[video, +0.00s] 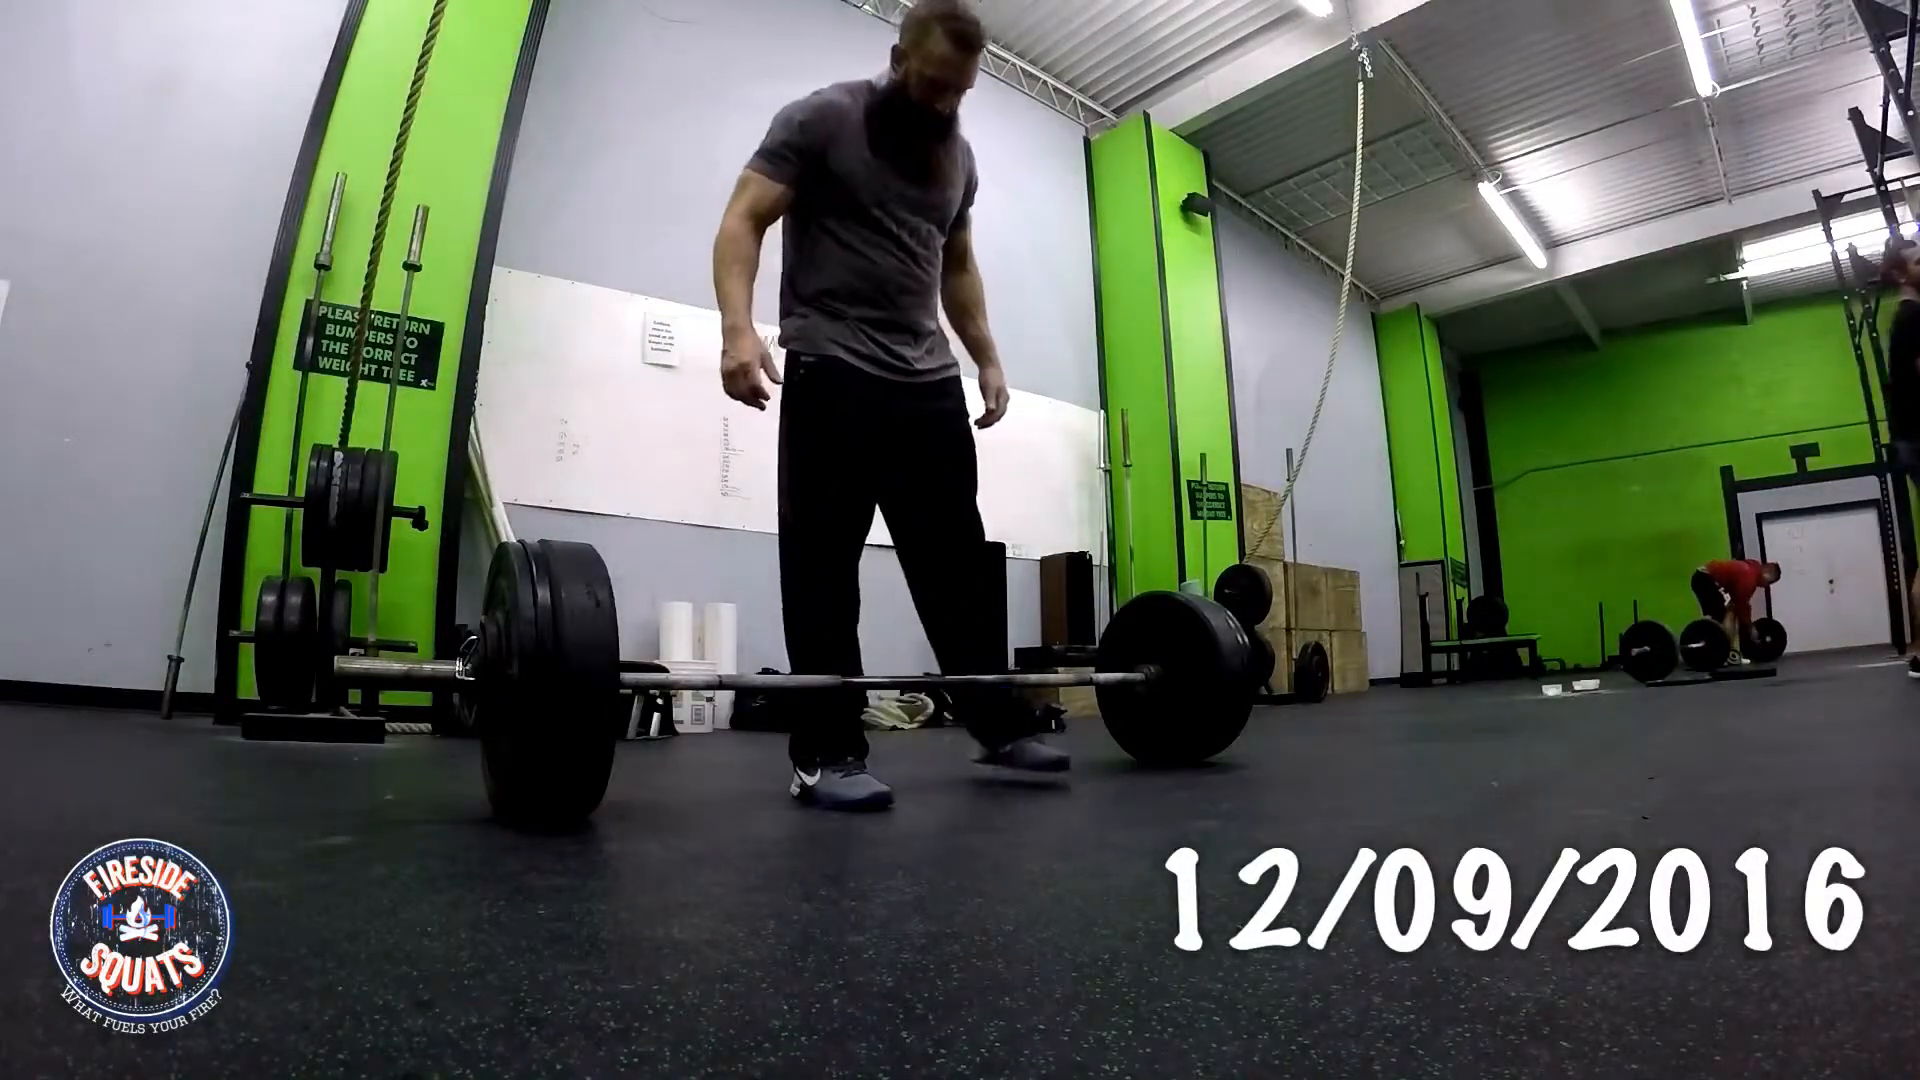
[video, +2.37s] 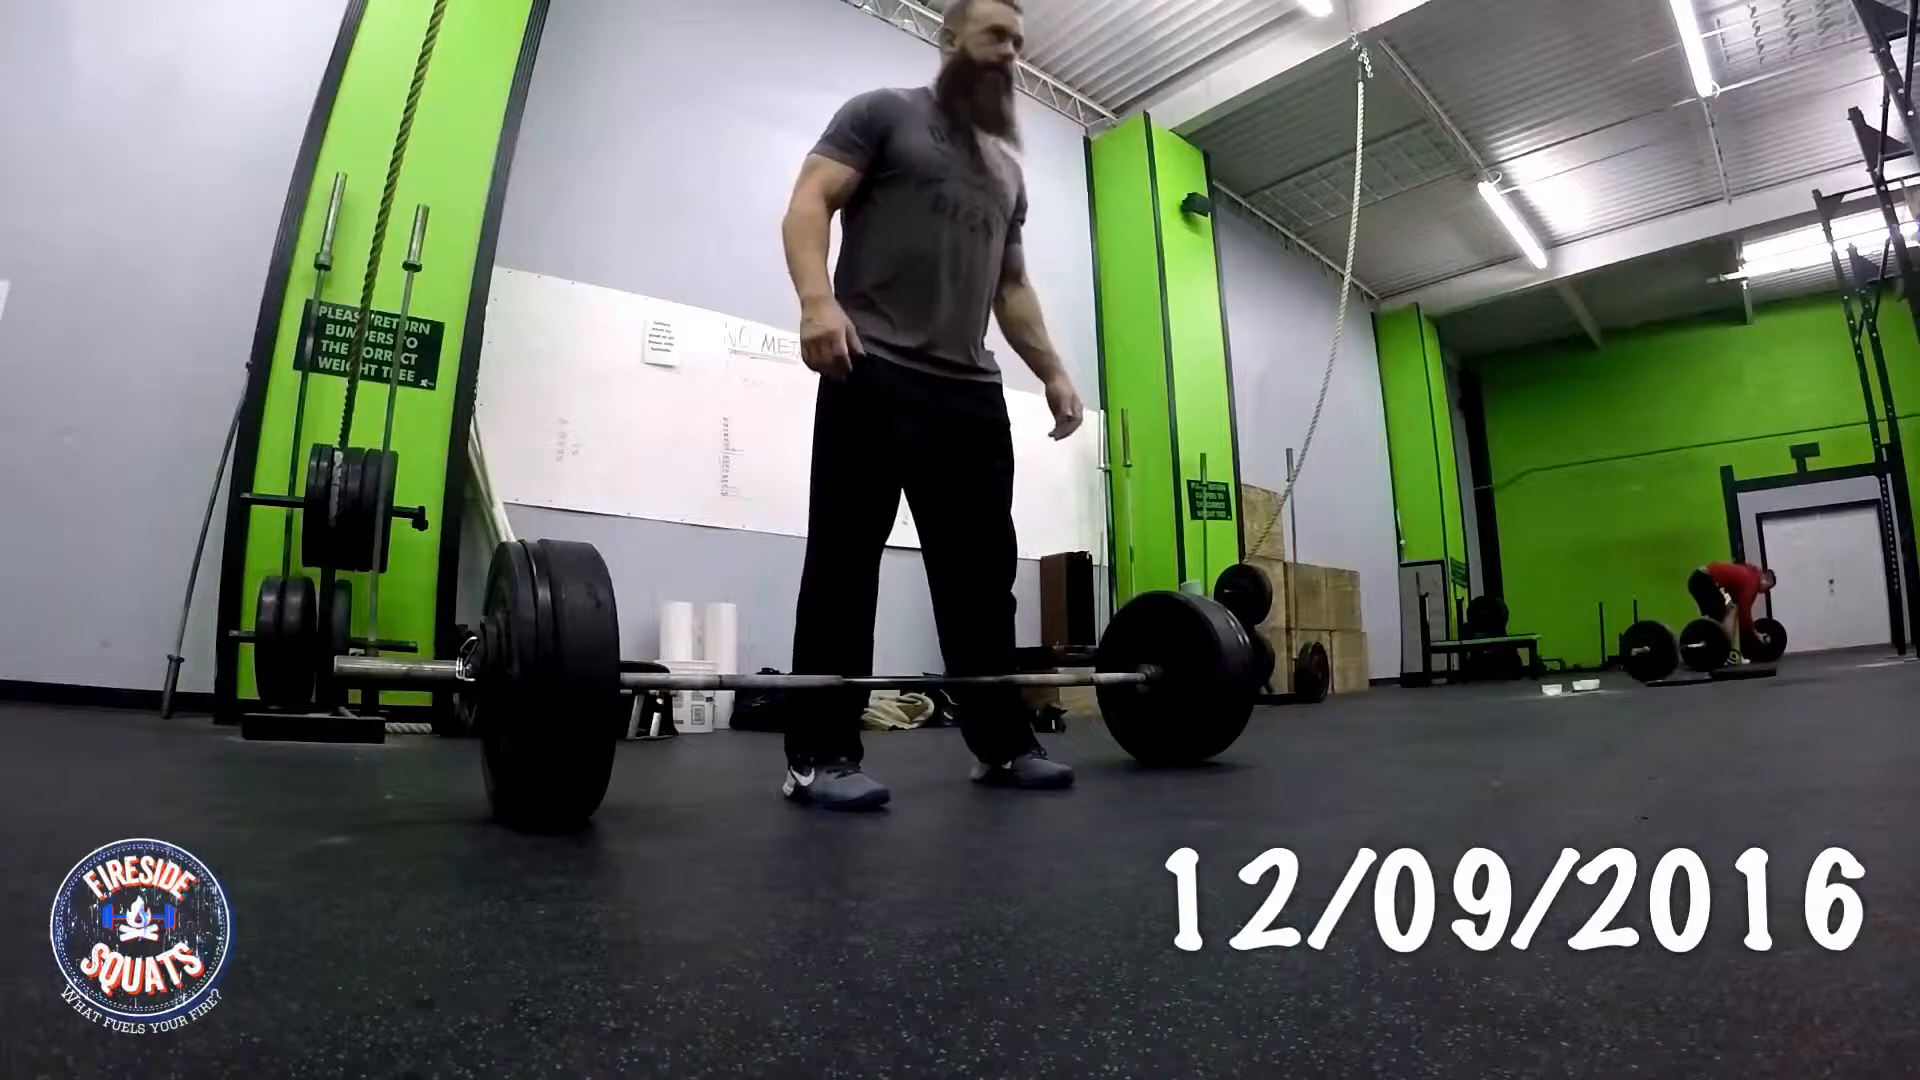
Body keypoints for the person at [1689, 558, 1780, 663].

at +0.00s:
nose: (1765, 585)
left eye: (1769, 583)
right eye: (1768, 581)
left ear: (1765, 570)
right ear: (1766, 574)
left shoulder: (1750, 571)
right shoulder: (1748, 576)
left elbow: (1742, 603)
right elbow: (1741, 605)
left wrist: (1747, 624)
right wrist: (1747, 627)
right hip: (1705, 579)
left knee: (1717, 616)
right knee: (1725, 615)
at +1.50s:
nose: (1767, 592)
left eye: (1770, 590)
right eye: (1770, 588)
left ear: (1764, 577)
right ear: (1766, 581)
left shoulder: (1749, 577)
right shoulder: (1751, 580)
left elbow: (1742, 609)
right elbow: (1743, 610)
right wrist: (1746, 631)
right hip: (1705, 578)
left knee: (1717, 616)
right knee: (1730, 612)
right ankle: (1732, 654)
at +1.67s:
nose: (1766, 602)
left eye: (1769, 600)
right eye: (1769, 598)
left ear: (1765, 586)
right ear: (1766, 590)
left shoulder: (1752, 581)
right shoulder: (1751, 587)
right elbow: (1746, 623)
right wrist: (1754, 648)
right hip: (1704, 580)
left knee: (1717, 617)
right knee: (1731, 612)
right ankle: (1729, 654)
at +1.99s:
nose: (1765, 595)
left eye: (1769, 593)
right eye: (1768, 591)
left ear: (1765, 580)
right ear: (1766, 584)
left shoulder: (1751, 577)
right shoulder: (1751, 584)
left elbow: (1744, 612)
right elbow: (1744, 617)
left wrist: (1751, 632)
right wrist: (1753, 635)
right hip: (1704, 580)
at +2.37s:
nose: (1764, 590)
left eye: (1768, 588)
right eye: (1767, 586)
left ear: (1762, 575)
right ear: (1764, 580)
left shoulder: (1749, 575)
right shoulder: (1751, 581)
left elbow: (1742, 610)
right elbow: (1744, 613)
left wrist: (1751, 630)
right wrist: (1754, 634)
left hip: (1699, 577)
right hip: (1703, 579)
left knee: (1716, 617)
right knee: (1731, 610)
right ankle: (1729, 653)